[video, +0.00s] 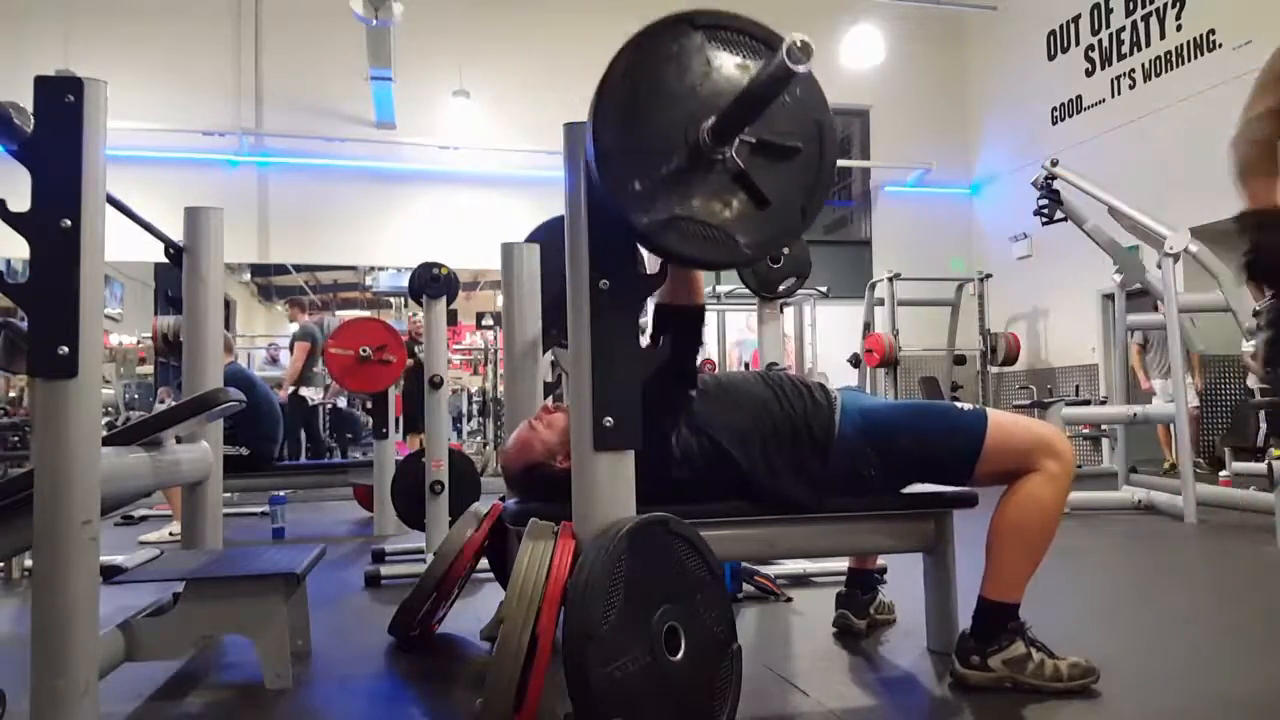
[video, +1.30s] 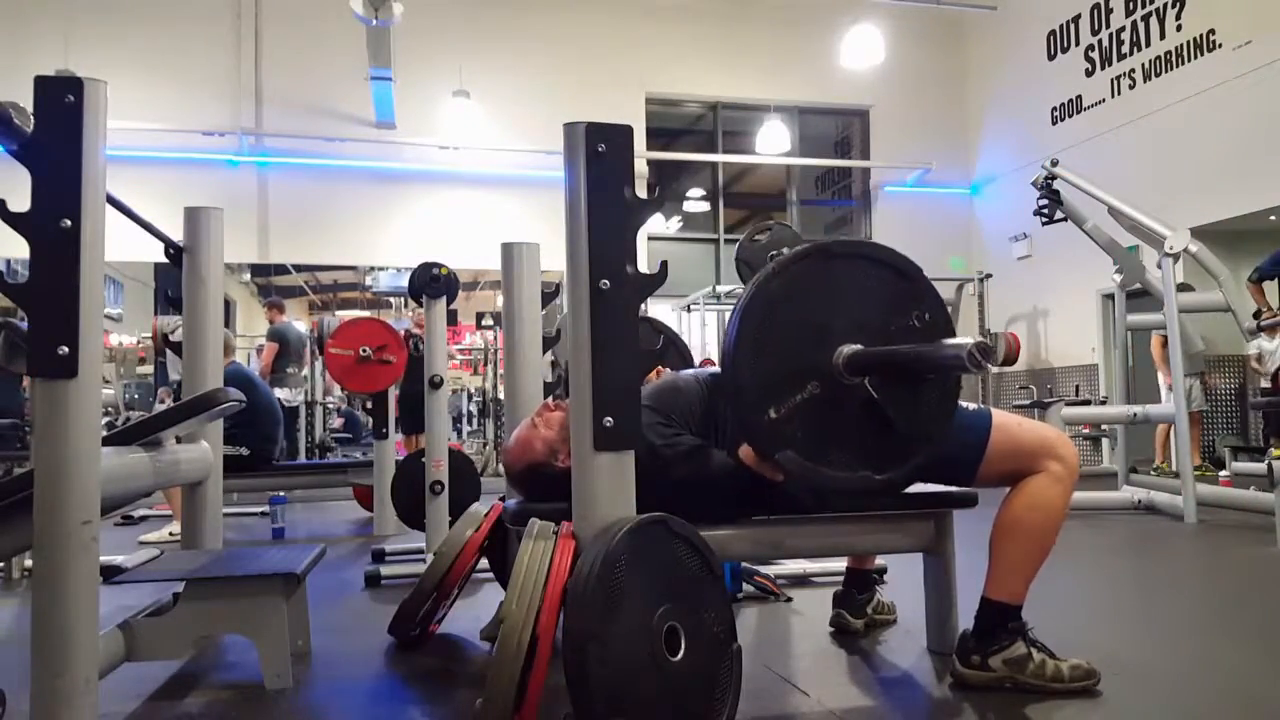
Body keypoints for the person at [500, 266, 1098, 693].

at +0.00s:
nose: (546, 410)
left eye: (534, 413)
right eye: (538, 427)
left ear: (555, 426)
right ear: (559, 466)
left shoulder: (610, 433)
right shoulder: (628, 453)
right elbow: (678, 325)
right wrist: (687, 211)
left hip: (812, 428)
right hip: (837, 438)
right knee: (1050, 451)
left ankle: (862, 591)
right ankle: (993, 639)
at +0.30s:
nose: (542, 413)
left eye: (533, 417)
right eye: (535, 427)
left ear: (548, 445)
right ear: (549, 461)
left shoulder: (603, 432)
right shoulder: (618, 443)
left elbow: (715, 392)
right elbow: (724, 394)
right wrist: (729, 283)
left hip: (805, 431)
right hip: (830, 437)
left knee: (929, 430)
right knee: (1048, 452)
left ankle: (856, 594)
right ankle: (992, 639)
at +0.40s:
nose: (537, 421)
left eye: (530, 420)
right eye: (531, 429)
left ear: (533, 440)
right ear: (533, 459)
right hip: (803, 433)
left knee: (891, 435)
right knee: (1051, 454)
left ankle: (857, 591)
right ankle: (993, 637)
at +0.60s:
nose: (542, 414)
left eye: (529, 420)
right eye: (534, 429)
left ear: (539, 439)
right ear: (545, 461)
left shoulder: (599, 430)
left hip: (774, 427)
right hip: (821, 439)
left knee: (894, 437)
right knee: (1052, 455)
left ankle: (857, 591)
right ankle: (993, 637)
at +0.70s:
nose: (543, 411)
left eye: (530, 418)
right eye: (536, 428)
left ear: (543, 424)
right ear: (550, 462)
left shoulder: (608, 420)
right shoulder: (616, 455)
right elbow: (738, 454)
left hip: (784, 430)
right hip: (833, 442)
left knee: (879, 442)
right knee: (1052, 455)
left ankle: (858, 593)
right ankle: (992, 639)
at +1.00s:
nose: (544, 408)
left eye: (533, 414)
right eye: (537, 426)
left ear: (554, 436)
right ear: (555, 458)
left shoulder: (611, 428)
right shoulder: (627, 442)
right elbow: (766, 466)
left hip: (802, 436)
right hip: (833, 447)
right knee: (1053, 456)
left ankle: (856, 595)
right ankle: (992, 639)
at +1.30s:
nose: (545, 408)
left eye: (534, 415)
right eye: (538, 426)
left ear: (554, 437)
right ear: (556, 458)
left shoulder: (615, 426)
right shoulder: (629, 445)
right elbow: (762, 464)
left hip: (805, 432)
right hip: (837, 437)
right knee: (1053, 455)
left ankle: (856, 595)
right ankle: (993, 639)